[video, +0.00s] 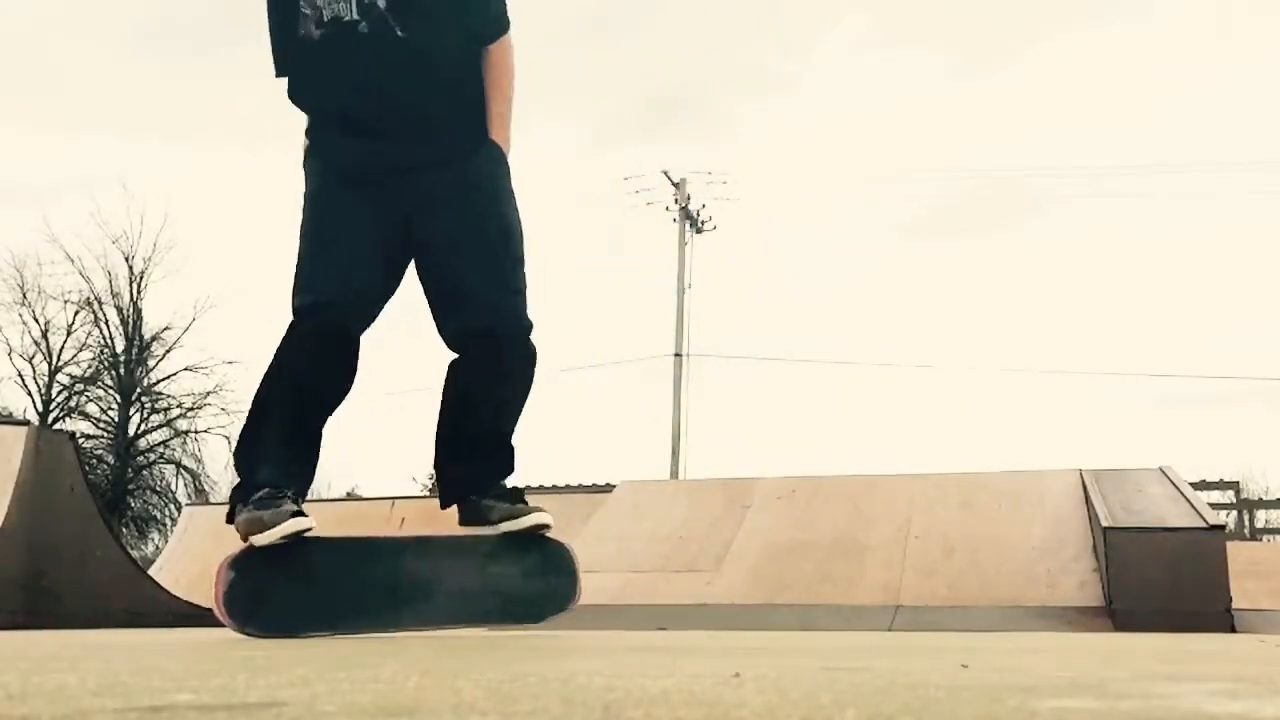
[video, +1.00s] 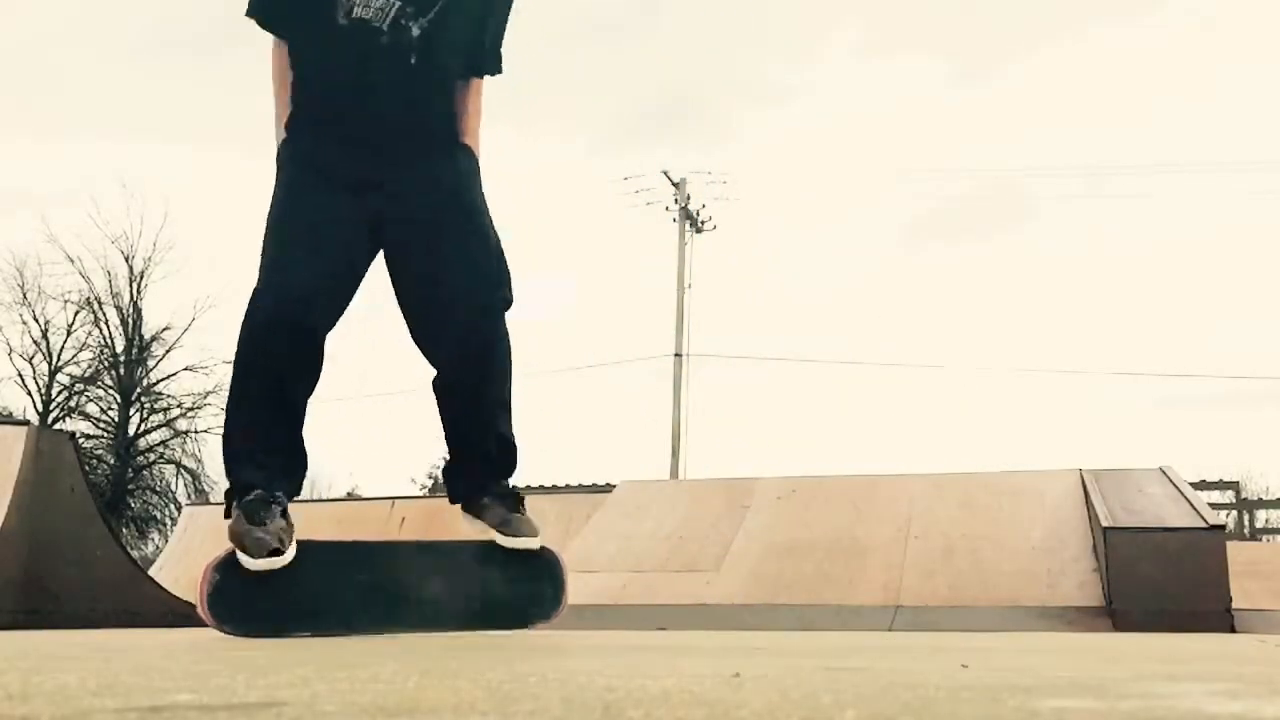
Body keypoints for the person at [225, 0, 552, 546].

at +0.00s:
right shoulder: (290, 7)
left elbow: (495, 38)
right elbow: (302, 78)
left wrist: (495, 150)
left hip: (460, 162)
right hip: (350, 171)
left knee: (497, 333)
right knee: (324, 324)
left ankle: (479, 487)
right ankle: (264, 490)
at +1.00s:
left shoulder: (480, 6)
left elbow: (469, 75)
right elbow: (287, 51)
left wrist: (466, 175)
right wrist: (292, 154)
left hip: (432, 156)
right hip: (324, 153)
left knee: (473, 314)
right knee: (286, 316)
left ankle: (484, 481)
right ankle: (259, 492)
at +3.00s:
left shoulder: (565, 8)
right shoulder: (700, 4)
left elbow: (528, 102)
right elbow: (680, 90)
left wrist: (518, 177)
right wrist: (679, 197)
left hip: (532, 189)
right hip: (628, 194)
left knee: (512, 367)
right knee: (626, 384)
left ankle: (489, 517)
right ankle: (624, 541)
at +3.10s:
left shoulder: (586, 7)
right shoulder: (723, 7)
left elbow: (550, 102)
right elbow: (707, 98)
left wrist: (541, 182)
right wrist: (704, 205)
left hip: (556, 194)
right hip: (651, 199)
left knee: (538, 370)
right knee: (650, 386)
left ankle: (515, 518)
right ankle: (645, 544)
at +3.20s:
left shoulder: (604, 9)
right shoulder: (741, 9)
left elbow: (568, 105)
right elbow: (730, 103)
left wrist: (560, 192)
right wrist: (724, 216)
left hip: (578, 207)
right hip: (674, 212)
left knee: (560, 371)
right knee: (670, 391)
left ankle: (537, 518)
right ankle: (662, 544)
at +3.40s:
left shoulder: (628, 16)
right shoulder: (767, 20)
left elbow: (600, 118)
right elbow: (765, 123)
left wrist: (591, 206)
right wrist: (759, 224)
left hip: (619, 217)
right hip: (716, 221)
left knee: (602, 385)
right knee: (712, 397)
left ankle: (593, 532)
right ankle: (709, 549)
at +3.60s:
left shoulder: (637, 22)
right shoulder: (771, 37)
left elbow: (624, 130)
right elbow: (783, 144)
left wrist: (627, 226)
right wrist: (780, 232)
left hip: (663, 230)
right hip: (753, 232)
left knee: (657, 394)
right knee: (765, 400)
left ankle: (662, 539)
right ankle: (778, 555)